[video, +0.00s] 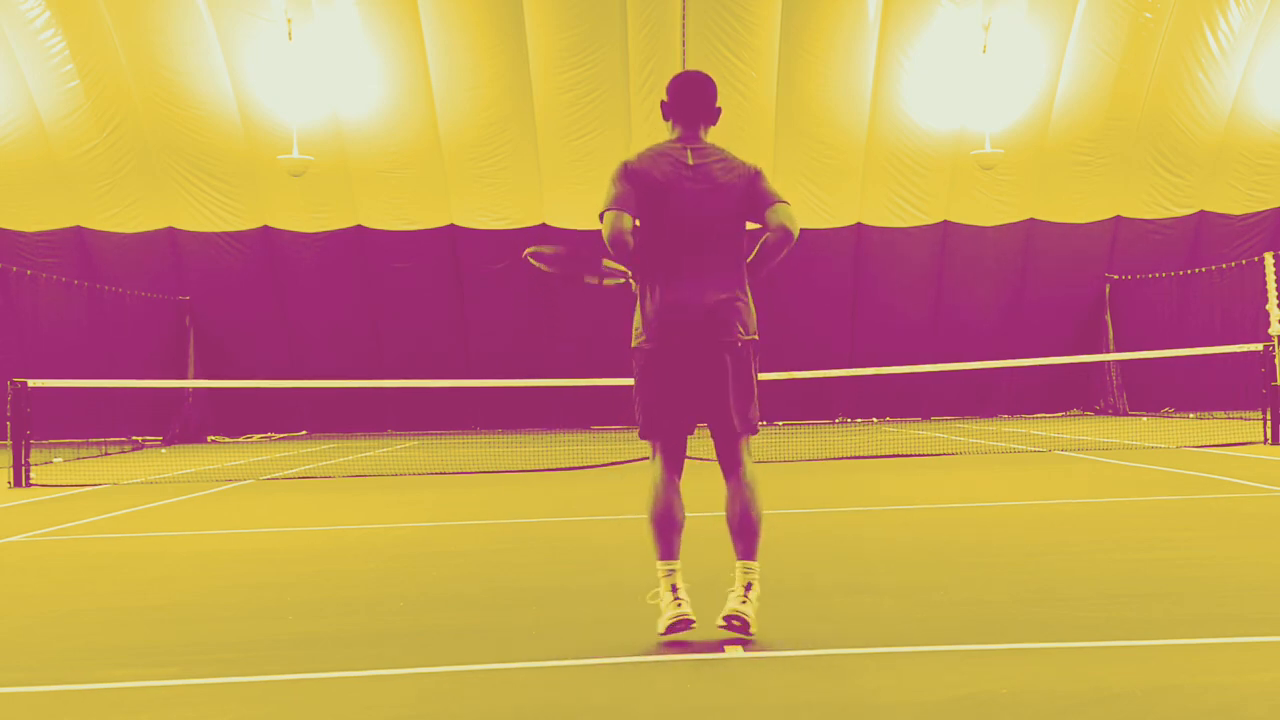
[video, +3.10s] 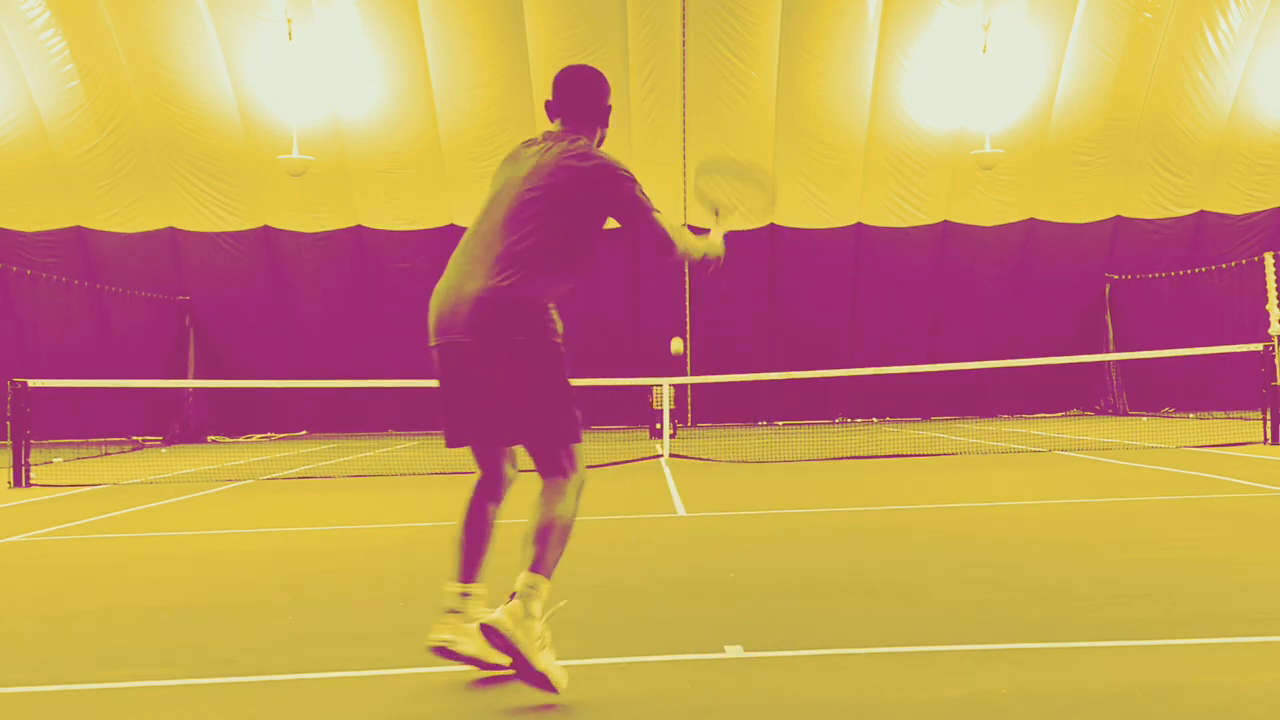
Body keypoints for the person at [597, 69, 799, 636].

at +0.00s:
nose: (680, 121)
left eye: (672, 110)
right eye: (704, 113)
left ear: (665, 113)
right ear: (716, 116)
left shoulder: (637, 168)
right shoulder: (742, 172)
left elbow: (615, 235)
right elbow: (784, 228)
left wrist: (642, 274)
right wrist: (745, 278)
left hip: (663, 328)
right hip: (727, 326)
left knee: (666, 462)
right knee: (736, 461)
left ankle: (672, 593)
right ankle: (745, 591)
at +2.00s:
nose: (692, 149)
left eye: (681, 137)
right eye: (711, 140)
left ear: (673, 140)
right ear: (721, 142)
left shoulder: (647, 196)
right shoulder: (750, 195)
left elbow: (632, 275)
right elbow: (793, 252)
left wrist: (661, 295)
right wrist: (755, 291)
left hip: (673, 340)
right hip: (736, 338)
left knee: (666, 464)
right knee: (741, 461)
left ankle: (664, 590)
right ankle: (756, 583)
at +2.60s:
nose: (676, 180)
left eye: (659, 169)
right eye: (685, 170)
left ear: (642, 173)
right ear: (692, 174)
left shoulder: (609, 232)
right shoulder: (719, 236)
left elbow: (600, 324)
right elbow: (743, 320)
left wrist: (636, 357)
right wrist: (696, 343)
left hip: (630, 378)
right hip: (700, 376)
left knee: (619, 497)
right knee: (709, 491)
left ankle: (576, 575)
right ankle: (733, 603)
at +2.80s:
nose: (642, 173)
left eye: (629, 165)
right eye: (644, 166)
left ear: (592, 167)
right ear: (644, 167)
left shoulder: (556, 227)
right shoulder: (655, 225)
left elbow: (552, 310)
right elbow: (679, 318)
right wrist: (661, 366)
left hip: (563, 383)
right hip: (634, 377)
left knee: (594, 511)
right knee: (678, 492)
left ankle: (548, 622)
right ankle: (704, 614)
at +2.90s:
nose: (626, 165)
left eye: (621, 155)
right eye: (627, 156)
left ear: (575, 158)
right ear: (625, 158)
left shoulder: (541, 213)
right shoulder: (628, 214)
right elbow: (657, 309)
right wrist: (653, 345)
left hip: (526, 368)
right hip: (589, 363)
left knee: (582, 504)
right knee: (647, 488)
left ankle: (543, 637)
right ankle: (630, 620)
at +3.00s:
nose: (614, 134)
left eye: (607, 125)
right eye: (616, 125)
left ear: (564, 124)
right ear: (616, 126)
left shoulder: (531, 177)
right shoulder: (610, 182)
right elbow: (654, 276)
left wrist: (654, 281)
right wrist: (681, 302)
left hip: (486, 324)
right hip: (549, 324)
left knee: (536, 479)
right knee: (602, 471)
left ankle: (531, 619)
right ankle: (561, 603)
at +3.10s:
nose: (603, 124)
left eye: (596, 114)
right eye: (605, 114)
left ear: (551, 113)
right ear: (606, 115)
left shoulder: (517, 159)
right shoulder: (603, 170)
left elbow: (543, 228)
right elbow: (675, 244)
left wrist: (612, 225)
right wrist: (709, 242)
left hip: (449, 319)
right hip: (514, 320)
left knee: (494, 471)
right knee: (562, 473)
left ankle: (460, 615)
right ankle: (525, 609)